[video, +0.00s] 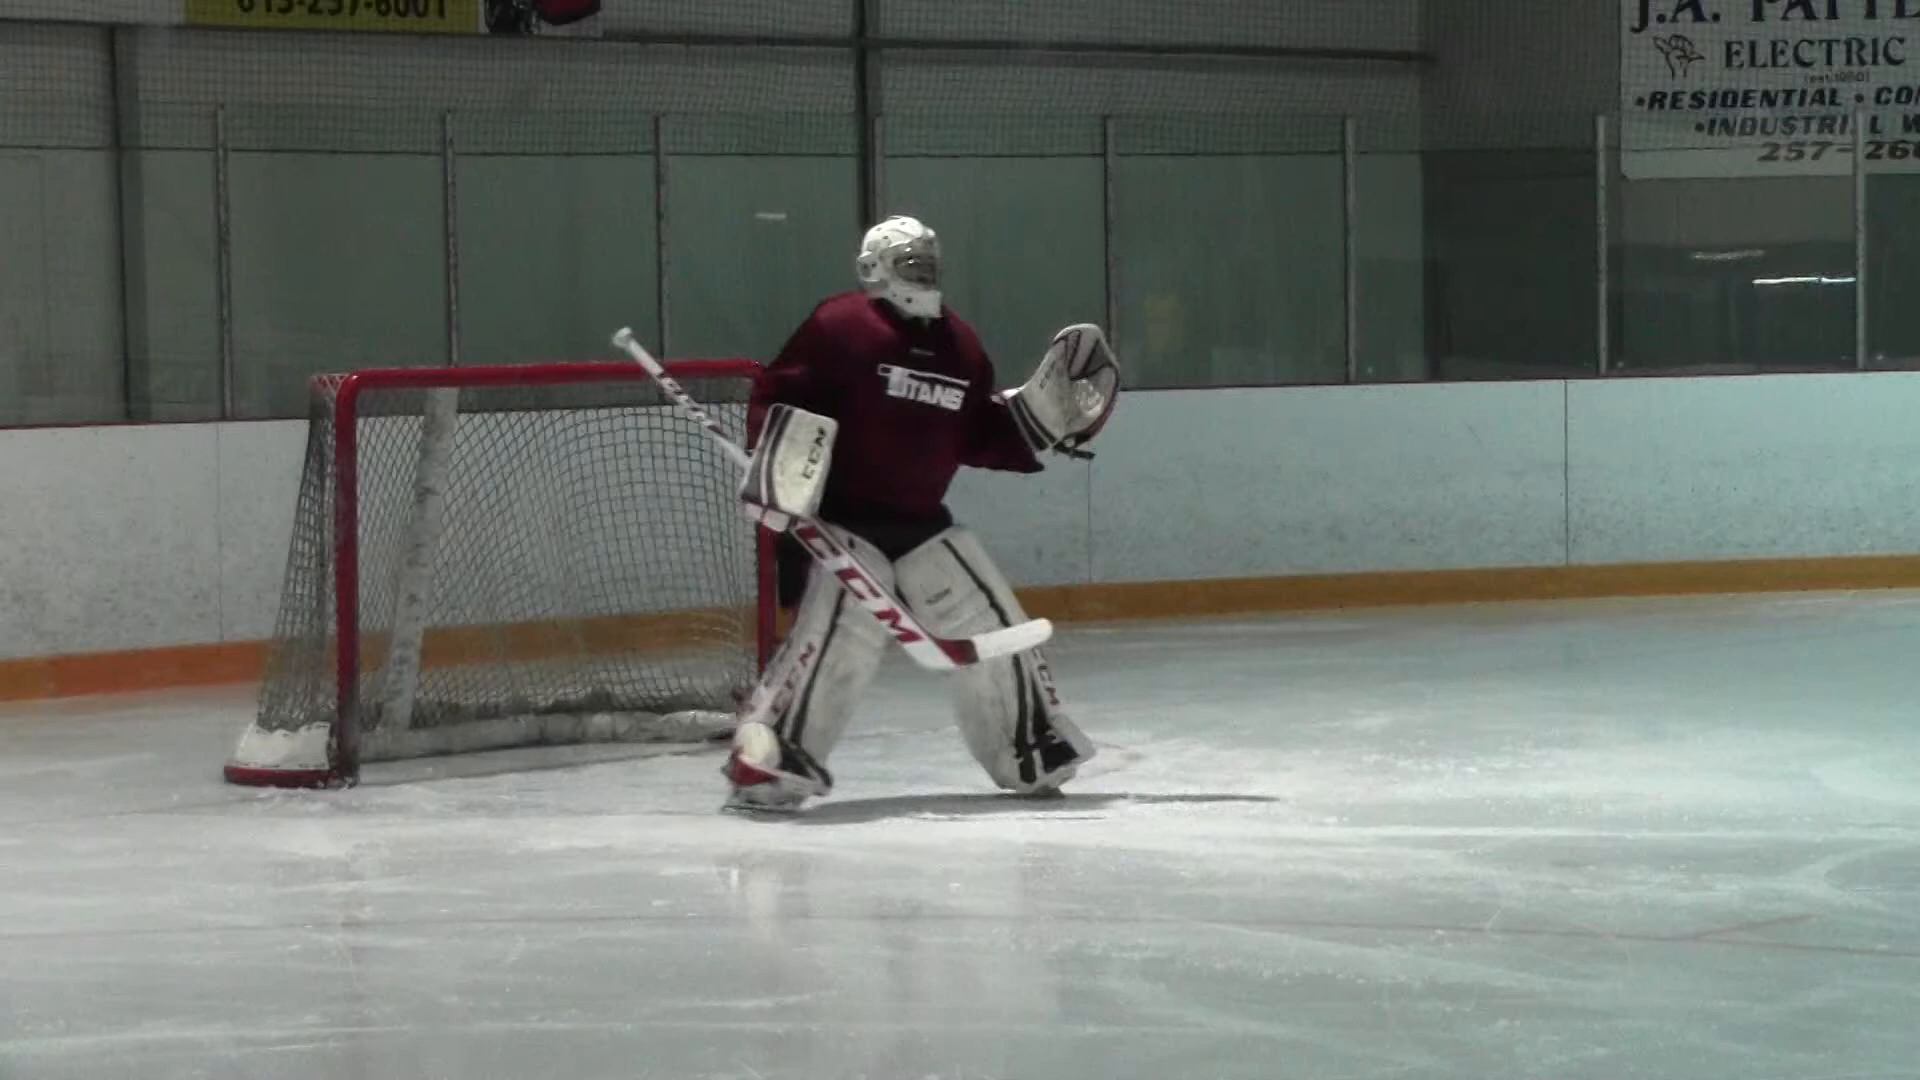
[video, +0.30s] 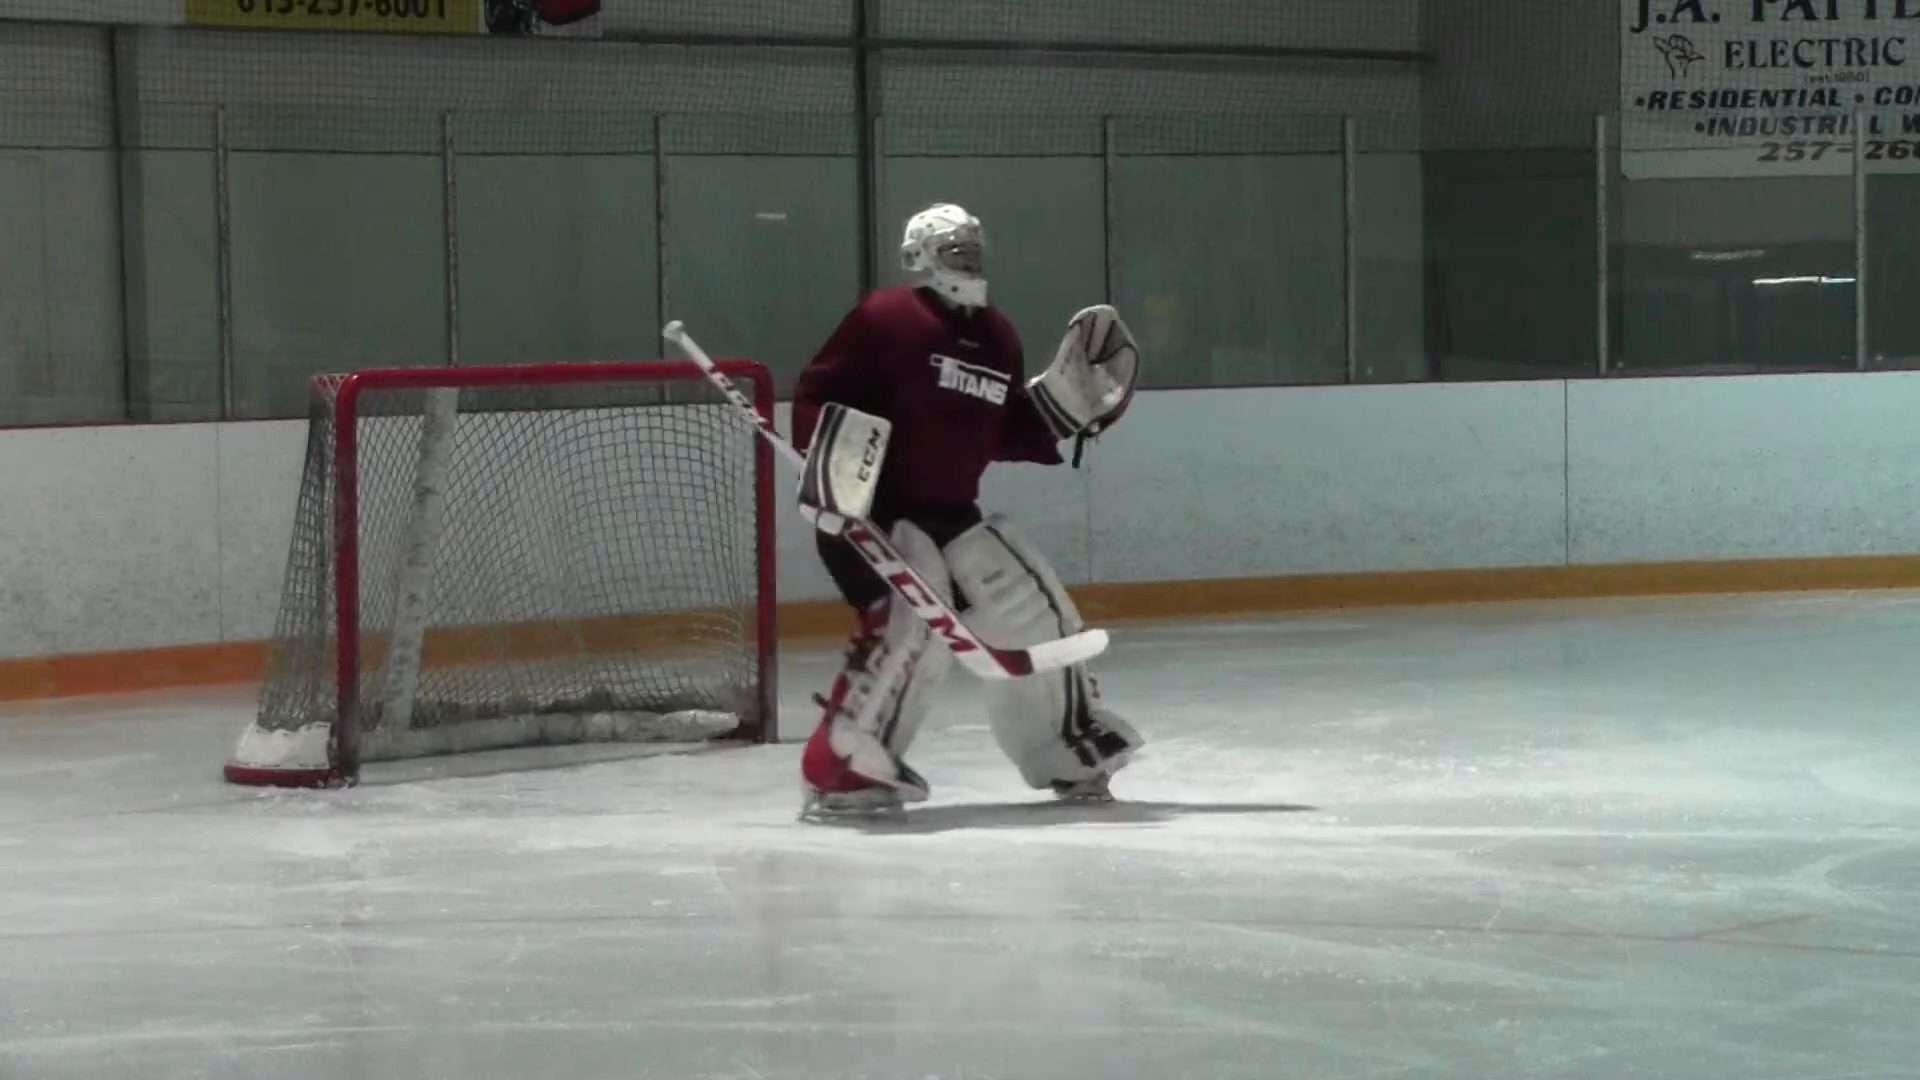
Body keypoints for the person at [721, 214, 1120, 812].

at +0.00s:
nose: (924, 282)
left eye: (930, 270)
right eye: (909, 270)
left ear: (937, 270)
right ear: (876, 274)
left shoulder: (960, 345)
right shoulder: (841, 326)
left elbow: (972, 436)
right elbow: (779, 398)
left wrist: (1045, 415)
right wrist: (776, 471)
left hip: (922, 525)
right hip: (841, 521)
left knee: (994, 627)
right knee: (842, 639)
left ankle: (1030, 760)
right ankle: (774, 769)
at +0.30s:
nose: (968, 268)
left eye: (974, 256)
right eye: (954, 257)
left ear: (982, 258)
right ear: (920, 261)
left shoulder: (996, 337)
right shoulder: (884, 318)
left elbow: (1001, 432)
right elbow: (816, 397)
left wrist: (1066, 405)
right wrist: (833, 456)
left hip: (954, 521)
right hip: (874, 515)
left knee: (1032, 618)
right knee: (913, 622)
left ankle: (1067, 753)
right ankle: (846, 765)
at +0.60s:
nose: (1036, 273)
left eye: (1040, 260)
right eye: (1022, 262)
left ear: (1046, 261)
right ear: (987, 268)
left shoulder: (1060, 340)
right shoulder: (951, 324)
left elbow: (1064, 431)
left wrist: (1131, 411)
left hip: (1029, 520)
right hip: (957, 519)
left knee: (1088, 625)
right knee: (984, 642)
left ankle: (1115, 760)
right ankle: (912, 772)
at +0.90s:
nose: (1135, 290)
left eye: (1140, 278)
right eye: (1121, 280)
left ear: (1146, 280)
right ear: (1086, 284)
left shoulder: (1154, 358)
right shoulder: (1053, 337)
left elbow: (1156, 445)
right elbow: (980, 421)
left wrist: (1222, 426)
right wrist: (1019, 477)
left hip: (1122, 543)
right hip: (1048, 543)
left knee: (1195, 628)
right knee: (1037, 658)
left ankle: (1232, 751)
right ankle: (943, 772)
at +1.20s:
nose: (1184, 298)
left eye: (1188, 288)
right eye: (1170, 288)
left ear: (1194, 291)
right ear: (1135, 293)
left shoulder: (1190, 367)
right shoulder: (1103, 344)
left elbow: (1183, 456)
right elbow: (1027, 420)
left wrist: (1250, 442)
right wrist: (1077, 474)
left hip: (1133, 523)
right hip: (1049, 517)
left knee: (1199, 610)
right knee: (1108, 627)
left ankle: (1237, 736)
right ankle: (1043, 758)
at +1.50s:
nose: (1220, 309)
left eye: (1221, 299)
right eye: (1206, 301)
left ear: (1221, 302)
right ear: (1172, 308)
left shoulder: (1218, 376)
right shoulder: (1147, 358)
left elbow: (1204, 462)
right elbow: (1068, 420)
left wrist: (1274, 447)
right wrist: (1115, 480)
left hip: (1165, 530)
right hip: (1086, 525)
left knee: (1230, 610)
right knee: (1140, 632)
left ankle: (1231, 741)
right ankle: (1078, 757)